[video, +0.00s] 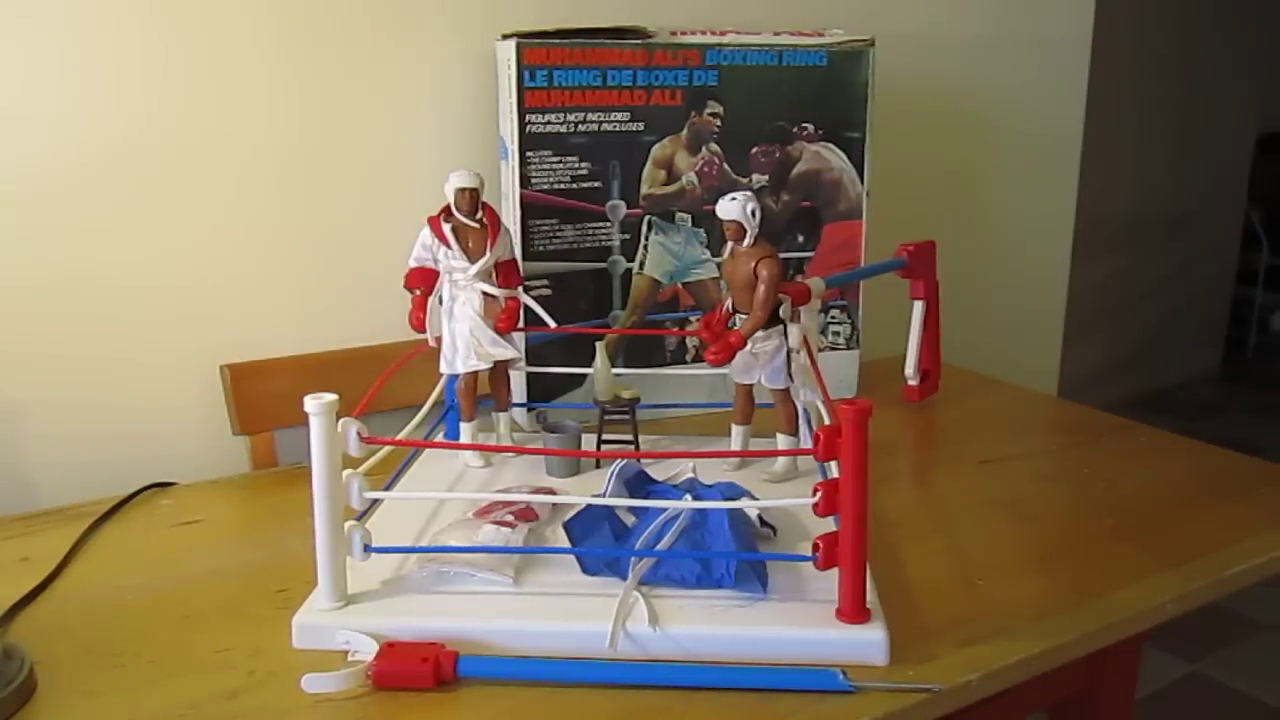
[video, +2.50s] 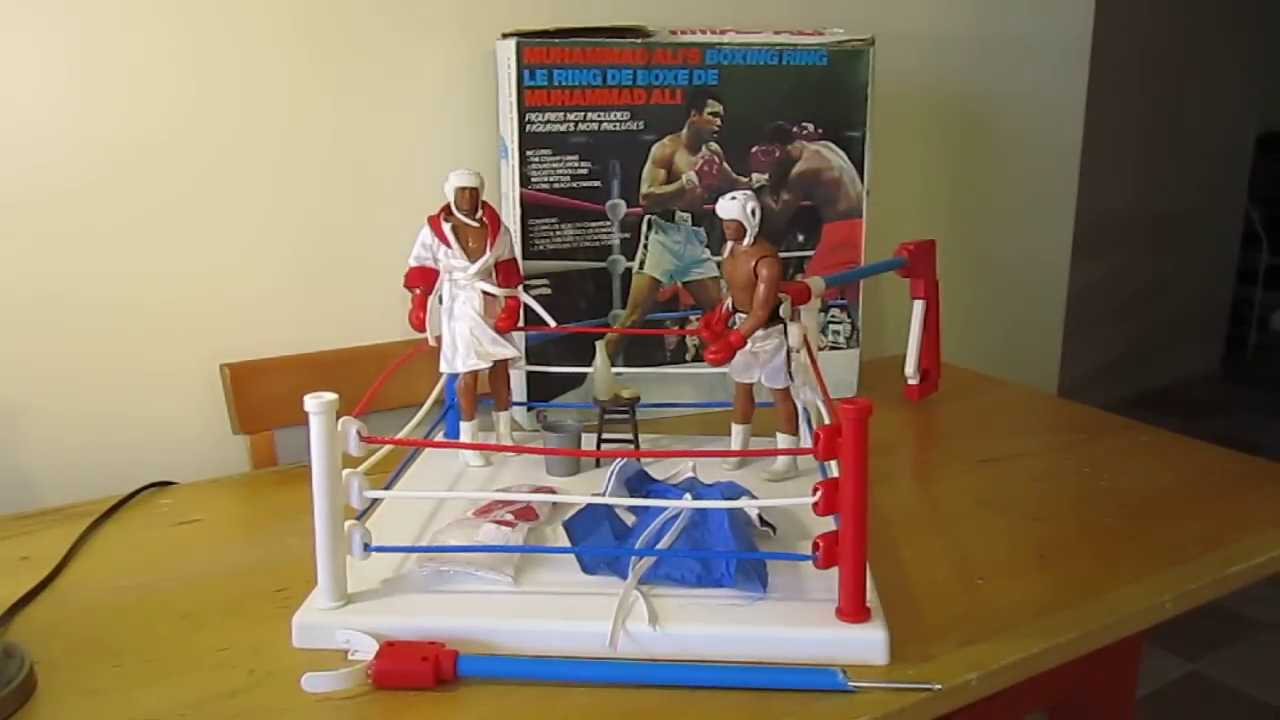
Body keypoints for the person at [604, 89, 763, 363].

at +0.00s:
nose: (719, 123)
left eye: (720, 117)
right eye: (713, 116)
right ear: (693, 117)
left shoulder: (712, 151)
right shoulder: (665, 150)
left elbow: (730, 181)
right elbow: (646, 198)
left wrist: (753, 181)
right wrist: (683, 184)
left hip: (692, 238)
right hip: (659, 235)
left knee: (718, 310)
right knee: (634, 316)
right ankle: (597, 373)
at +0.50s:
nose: (719, 123)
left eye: (720, 117)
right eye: (713, 116)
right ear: (693, 117)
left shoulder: (712, 151)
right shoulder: (665, 149)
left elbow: (729, 182)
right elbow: (646, 198)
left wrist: (752, 181)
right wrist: (682, 184)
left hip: (693, 237)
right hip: (659, 235)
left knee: (718, 310)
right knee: (635, 315)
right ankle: (597, 374)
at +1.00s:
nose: (719, 123)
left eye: (720, 117)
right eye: (713, 116)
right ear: (693, 116)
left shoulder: (712, 151)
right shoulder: (665, 149)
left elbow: (729, 181)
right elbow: (647, 198)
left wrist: (750, 182)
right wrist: (683, 184)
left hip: (693, 238)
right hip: (660, 235)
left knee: (718, 311)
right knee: (634, 315)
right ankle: (597, 374)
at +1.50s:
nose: (718, 123)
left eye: (720, 117)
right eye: (713, 116)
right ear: (693, 116)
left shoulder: (712, 151)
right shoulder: (664, 149)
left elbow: (730, 181)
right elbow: (647, 198)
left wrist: (750, 182)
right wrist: (681, 185)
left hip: (693, 237)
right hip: (660, 235)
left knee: (718, 310)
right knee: (635, 315)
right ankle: (597, 372)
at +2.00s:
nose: (718, 122)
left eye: (720, 117)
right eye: (713, 115)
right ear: (693, 115)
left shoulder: (712, 151)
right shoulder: (664, 149)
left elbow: (730, 181)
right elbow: (647, 198)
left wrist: (751, 182)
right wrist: (682, 184)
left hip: (693, 238)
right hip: (660, 236)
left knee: (719, 310)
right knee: (634, 316)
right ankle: (597, 372)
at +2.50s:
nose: (718, 122)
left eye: (720, 116)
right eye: (713, 115)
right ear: (694, 115)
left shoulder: (712, 151)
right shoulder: (665, 148)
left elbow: (731, 181)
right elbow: (646, 197)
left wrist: (752, 181)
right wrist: (682, 184)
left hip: (693, 237)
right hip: (660, 235)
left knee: (719, 309)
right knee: (635, 315)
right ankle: (597, 371)